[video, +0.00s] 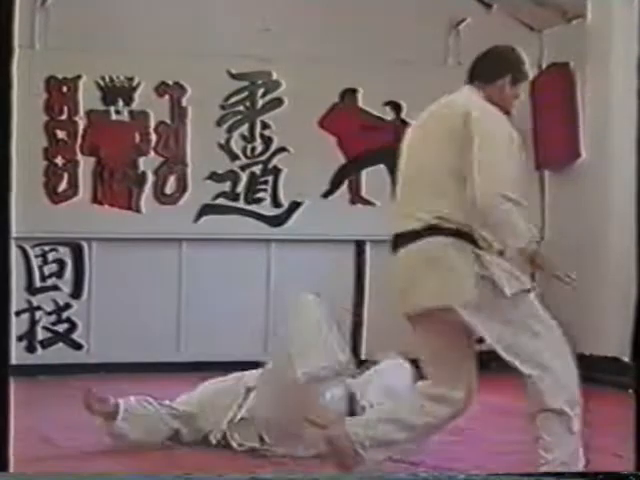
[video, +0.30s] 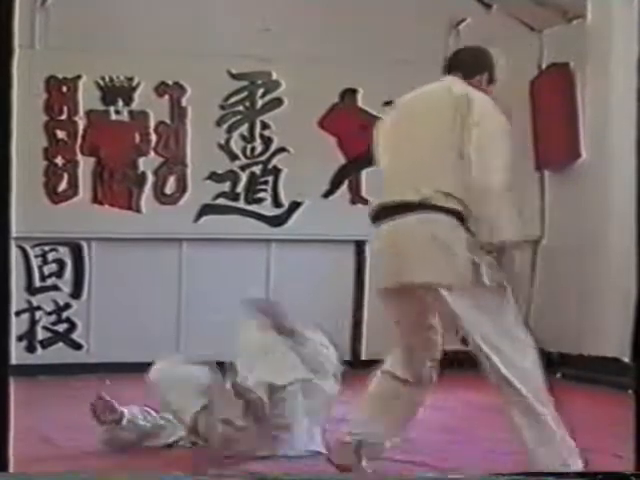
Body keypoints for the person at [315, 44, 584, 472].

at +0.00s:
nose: (517, 104)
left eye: (520, 94)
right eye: (518, 92)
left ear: (474, 80)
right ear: (504, 83)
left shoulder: (428, 118)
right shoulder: (486, 116)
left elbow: (427, 204)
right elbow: (492, 197)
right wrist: (526, 249)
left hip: (411, 263)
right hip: (457, 259)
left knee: (450, 391)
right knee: (550, 358)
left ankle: (351, 438)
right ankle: (561, 463)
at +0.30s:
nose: (490, 93)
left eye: (492, 88)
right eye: (491, 87)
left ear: (446, 73)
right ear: (480, 80)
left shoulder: (395, 112)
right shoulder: (477, 105)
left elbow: (390, 177)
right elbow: (488, 179)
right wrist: (500, 242)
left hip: (388, 238)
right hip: (441, 233)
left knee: (412, 356)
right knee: (508, 349)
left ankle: (360, 441)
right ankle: (556, 459)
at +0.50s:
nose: (437, 95)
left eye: (436, 89)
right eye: (438, 89)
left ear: (393, 75)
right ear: (431, 84)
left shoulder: (348, 107)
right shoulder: (428, 99)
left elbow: (330, 195)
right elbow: (427, 171)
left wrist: (328, 278)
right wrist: (428, 244)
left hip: (334, 238)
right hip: (388, 231)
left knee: (371, 350)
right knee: (458, 336)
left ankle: (350, 456)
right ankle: (500, 456)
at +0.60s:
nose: (421, 94)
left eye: (420, 88)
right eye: (421, 87)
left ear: (377, 73)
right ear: (414, 81)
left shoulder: (331, 105)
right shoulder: (412, 96)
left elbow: (306, 194)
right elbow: (416, 170)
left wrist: (300, 275)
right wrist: (425, 247)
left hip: (317, 232)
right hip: (371, 228)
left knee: (359, 355)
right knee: (436, 337)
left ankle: (348, 456)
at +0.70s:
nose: (396, 83)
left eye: (394, 77)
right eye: (395, 76)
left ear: (350, 65)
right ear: (387, 70)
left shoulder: (307, 101)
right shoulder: (384, 86)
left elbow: (280, 188)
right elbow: (400, 164)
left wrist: (263, 265)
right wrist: (426, 240)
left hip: (298, 230)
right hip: (346, 225)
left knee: (336, 352)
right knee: (379, 346)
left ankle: (350, 453)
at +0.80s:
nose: (379, 77)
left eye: (377, 71)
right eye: (377, 70)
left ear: (332, 59)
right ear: (367, 63)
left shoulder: (288, 95)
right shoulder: (366, 80)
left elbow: (259, 181)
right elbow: (387, 154)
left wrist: (242, 257)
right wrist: (423, 227)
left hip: (281, 220)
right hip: (326, 216)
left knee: (330, 350)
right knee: (336, 353)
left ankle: (344, 455)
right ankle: (249, 437)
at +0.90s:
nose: (352, 71)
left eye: (352, 65)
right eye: (352, 64)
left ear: (309, 48)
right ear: (344, 55)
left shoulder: (263, 81)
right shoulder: (341, 74)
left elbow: (232, 169)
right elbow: (361, 152)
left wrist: (218, 249)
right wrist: (399, 218)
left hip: (245, 209)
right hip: (290, 209)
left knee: (308, 341)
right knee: (300, 340)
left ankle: (328, 456)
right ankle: (213, 447)